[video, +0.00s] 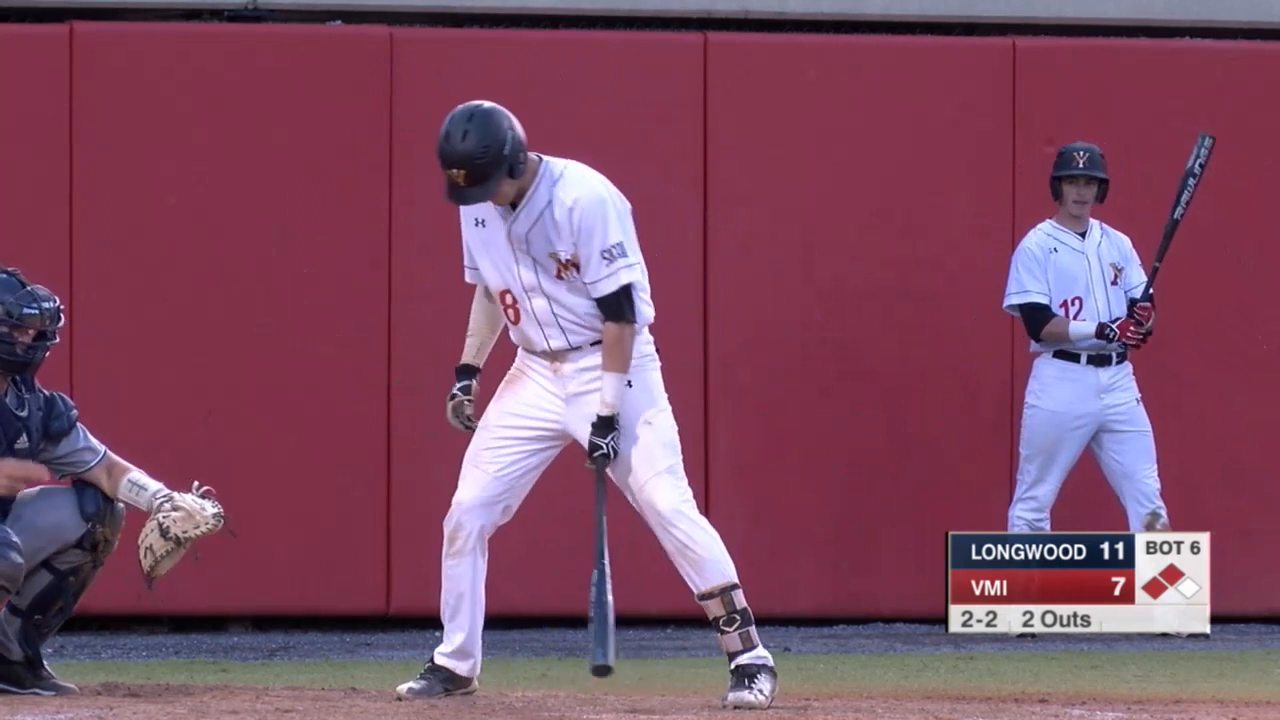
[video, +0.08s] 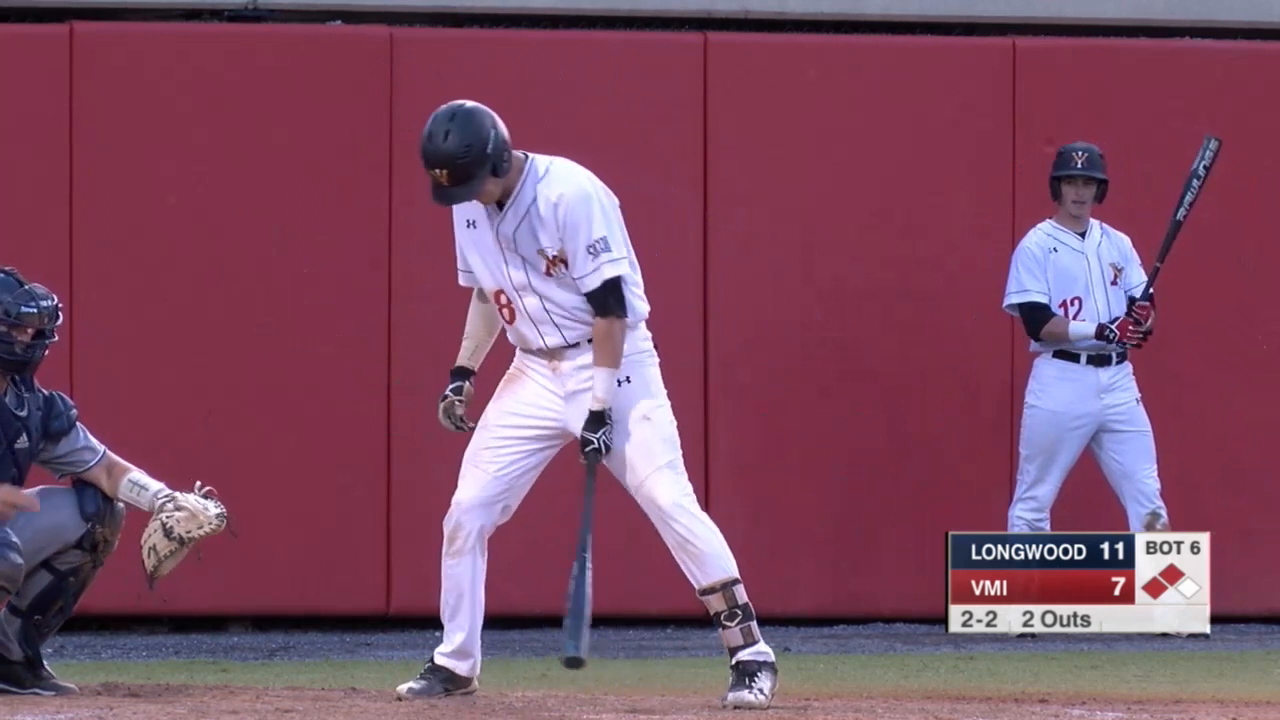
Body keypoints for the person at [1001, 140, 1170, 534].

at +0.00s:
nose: (1080, 191)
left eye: (1089, 183)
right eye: (1072, 182)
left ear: (1100, 189)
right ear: (1057, 186)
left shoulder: (1118, 244)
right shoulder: (1035, 246)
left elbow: (1142, 304)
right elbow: (1041, 326)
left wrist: (1142, 319)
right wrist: (1104, 331)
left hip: (1118, 384)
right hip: (1060, 383)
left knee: (1148, 504)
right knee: (1033, 504)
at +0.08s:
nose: (1079, 192)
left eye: (1087, 183)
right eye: (1071, 182)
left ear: (1099, 189)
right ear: (1056, 186)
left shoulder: (1118, 243)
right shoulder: (1035, 246)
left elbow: (1143, 303)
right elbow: (1040, 325)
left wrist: (1141, 319)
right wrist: (1103, 332)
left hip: (1118, 384)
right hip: (1060, 383)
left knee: (1148, 504)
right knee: (1033, 503)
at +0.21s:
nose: (1077, 192)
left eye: (1085, 183)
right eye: (1069, 182)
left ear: (1097, 189)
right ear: (1055, 186)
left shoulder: (1118, 242)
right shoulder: (1034, 245)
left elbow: (1143, 305)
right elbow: (1036, 323)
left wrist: (1142, 319)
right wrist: (1100, 329)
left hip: (1118, 383)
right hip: (1059, 382)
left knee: (1148, 504)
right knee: (1033, 504)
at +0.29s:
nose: (1076, 192)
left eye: (1085, 184)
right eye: (1068, 183)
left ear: (1097, 188)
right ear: (1054, 187)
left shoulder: (1118, 242)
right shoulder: (1034, 243)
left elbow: (1145, 311)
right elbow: (1035, 320)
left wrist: (1141, 320)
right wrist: (1099, 325)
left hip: (1118, 383)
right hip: (1059, 382)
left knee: (1148, 504)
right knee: (1033, 503)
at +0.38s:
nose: (1075, 192)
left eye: (1083, 184)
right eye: (1067, 183)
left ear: (1096, 188)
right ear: (1054, 187)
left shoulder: (1118, 242)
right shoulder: (1033, 243)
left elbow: (1145, 305)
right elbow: (1036, 318)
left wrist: (1142, 321)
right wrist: (1098, 322)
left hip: (1118, 383)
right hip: (1059, 382)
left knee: (1148, 504)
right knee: (1033, 503)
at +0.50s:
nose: (1075, 192)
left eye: (1083, 184)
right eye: (1067, 183)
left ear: (1096, 189)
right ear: (1053, 187)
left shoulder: (1119, 241)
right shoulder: (1032, 243)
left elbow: (1152, 312)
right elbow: (1040, 317)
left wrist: (1146, 309)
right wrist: (1101, 320)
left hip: (1118, 383)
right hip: (1058, 381)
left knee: (1148, 504)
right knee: (1033, 502)